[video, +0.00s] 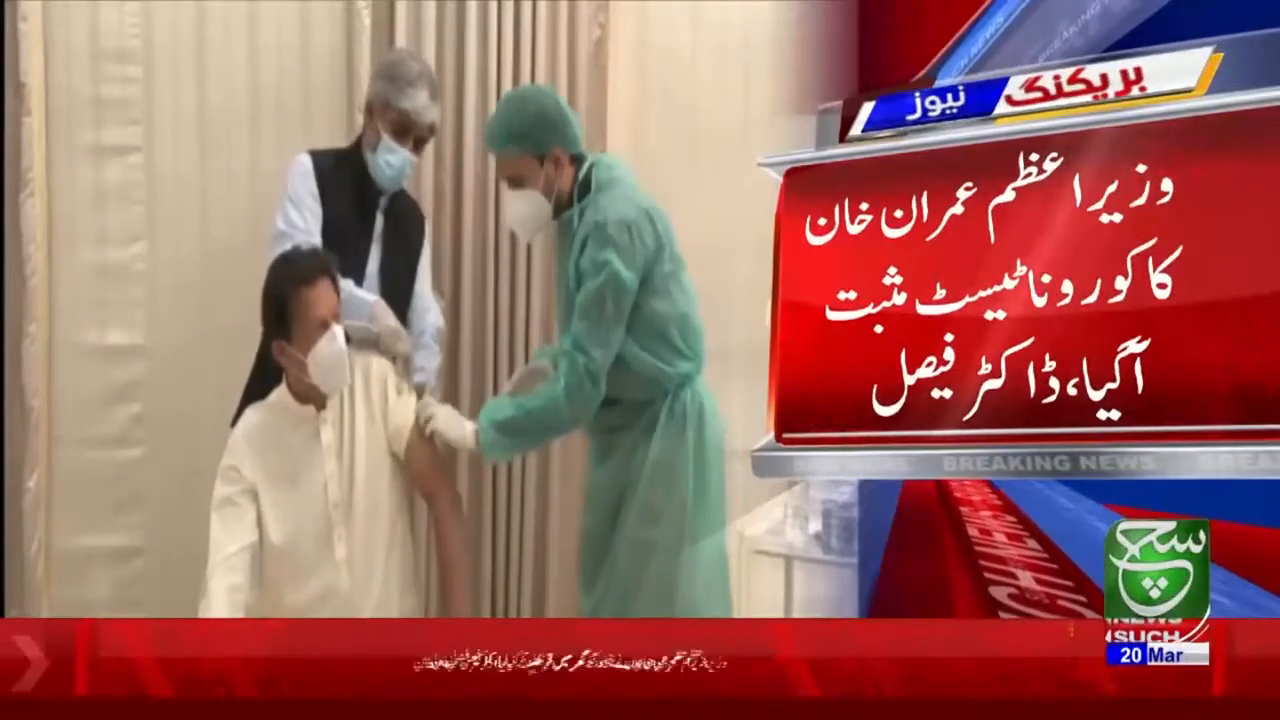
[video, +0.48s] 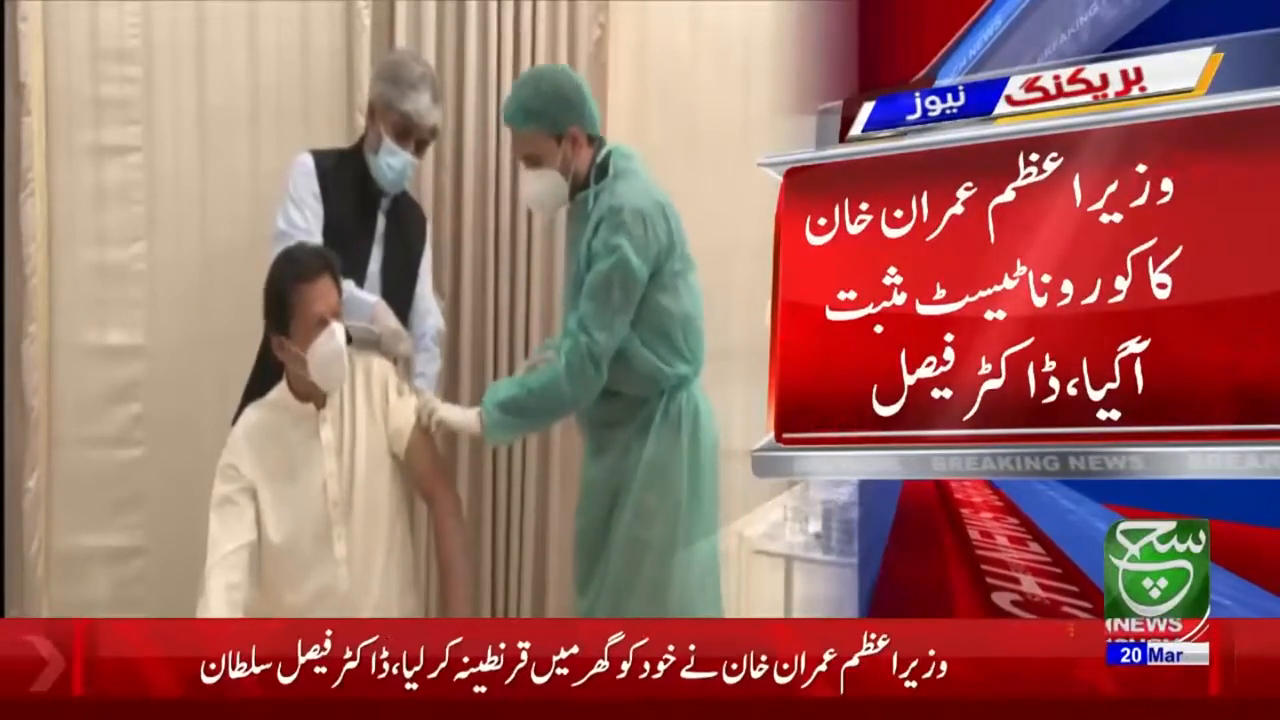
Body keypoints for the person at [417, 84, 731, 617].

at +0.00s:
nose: (511, 198)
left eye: (518, 182)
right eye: (505, 184)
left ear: (558, 163)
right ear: (557, 164)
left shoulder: (613, 221)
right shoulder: (583, 211)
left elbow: (581, 384)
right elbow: (592, 331)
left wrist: (482, 432)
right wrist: (548, 365)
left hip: (664, 430)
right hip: (625, 427)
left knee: (645, 602)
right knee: (609, 594)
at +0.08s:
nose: (516, 193)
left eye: (522, 177)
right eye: (510, 178)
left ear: (562, 157)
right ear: (561, 159)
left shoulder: (615, 218)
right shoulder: (586, 208)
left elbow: (582, 380)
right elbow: (593, 326)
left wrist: (482, 431)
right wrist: (550, 362)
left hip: (661, 429)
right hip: (625, 426)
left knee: (643, 602)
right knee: (610, 596)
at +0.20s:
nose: (522, 185)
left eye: (526, 170)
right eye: (515, 172)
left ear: (567, 150)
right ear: (563, 153)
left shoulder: (619, 214)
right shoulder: (590, 201)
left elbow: (581, 375)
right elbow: (594, 322)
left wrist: (479, 425)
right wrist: (554, 359)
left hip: (658, 430)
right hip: (624, 426)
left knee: (639, 603)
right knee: (609, 596)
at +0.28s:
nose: (523, 182)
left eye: (528, 168)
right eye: (517, 168)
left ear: (569, 147)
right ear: (565, 151)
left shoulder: (620, 212)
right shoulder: (591, 200)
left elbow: (582, 369)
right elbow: (588, 327)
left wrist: (481, 420)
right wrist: (551, 361)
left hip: (658, 430)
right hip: (623, 427)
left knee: (639, 605)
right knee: (608, 598)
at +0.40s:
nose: (527, 177)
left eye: (532, 163)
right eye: (522, 164)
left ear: (572, 143)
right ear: (568, 145)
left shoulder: (624, 210)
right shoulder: (595, 198)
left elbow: (584, 360)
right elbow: (588, 325)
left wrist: (483, 417)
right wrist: (553, 358)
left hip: (658, 430)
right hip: (623, 426)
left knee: (638, 602)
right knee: (609, 595)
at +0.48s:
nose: (528, 173)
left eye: (534, 159)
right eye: (523, 160)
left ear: (576, 141)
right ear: (572, 142)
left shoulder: (626, 209)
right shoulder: (596, 197)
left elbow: (586, 356)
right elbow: (588, 324)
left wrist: (486, 417)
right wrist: (554, 355)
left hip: (658, 429)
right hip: (622, 426)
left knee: (639, 602)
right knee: (608, 595)